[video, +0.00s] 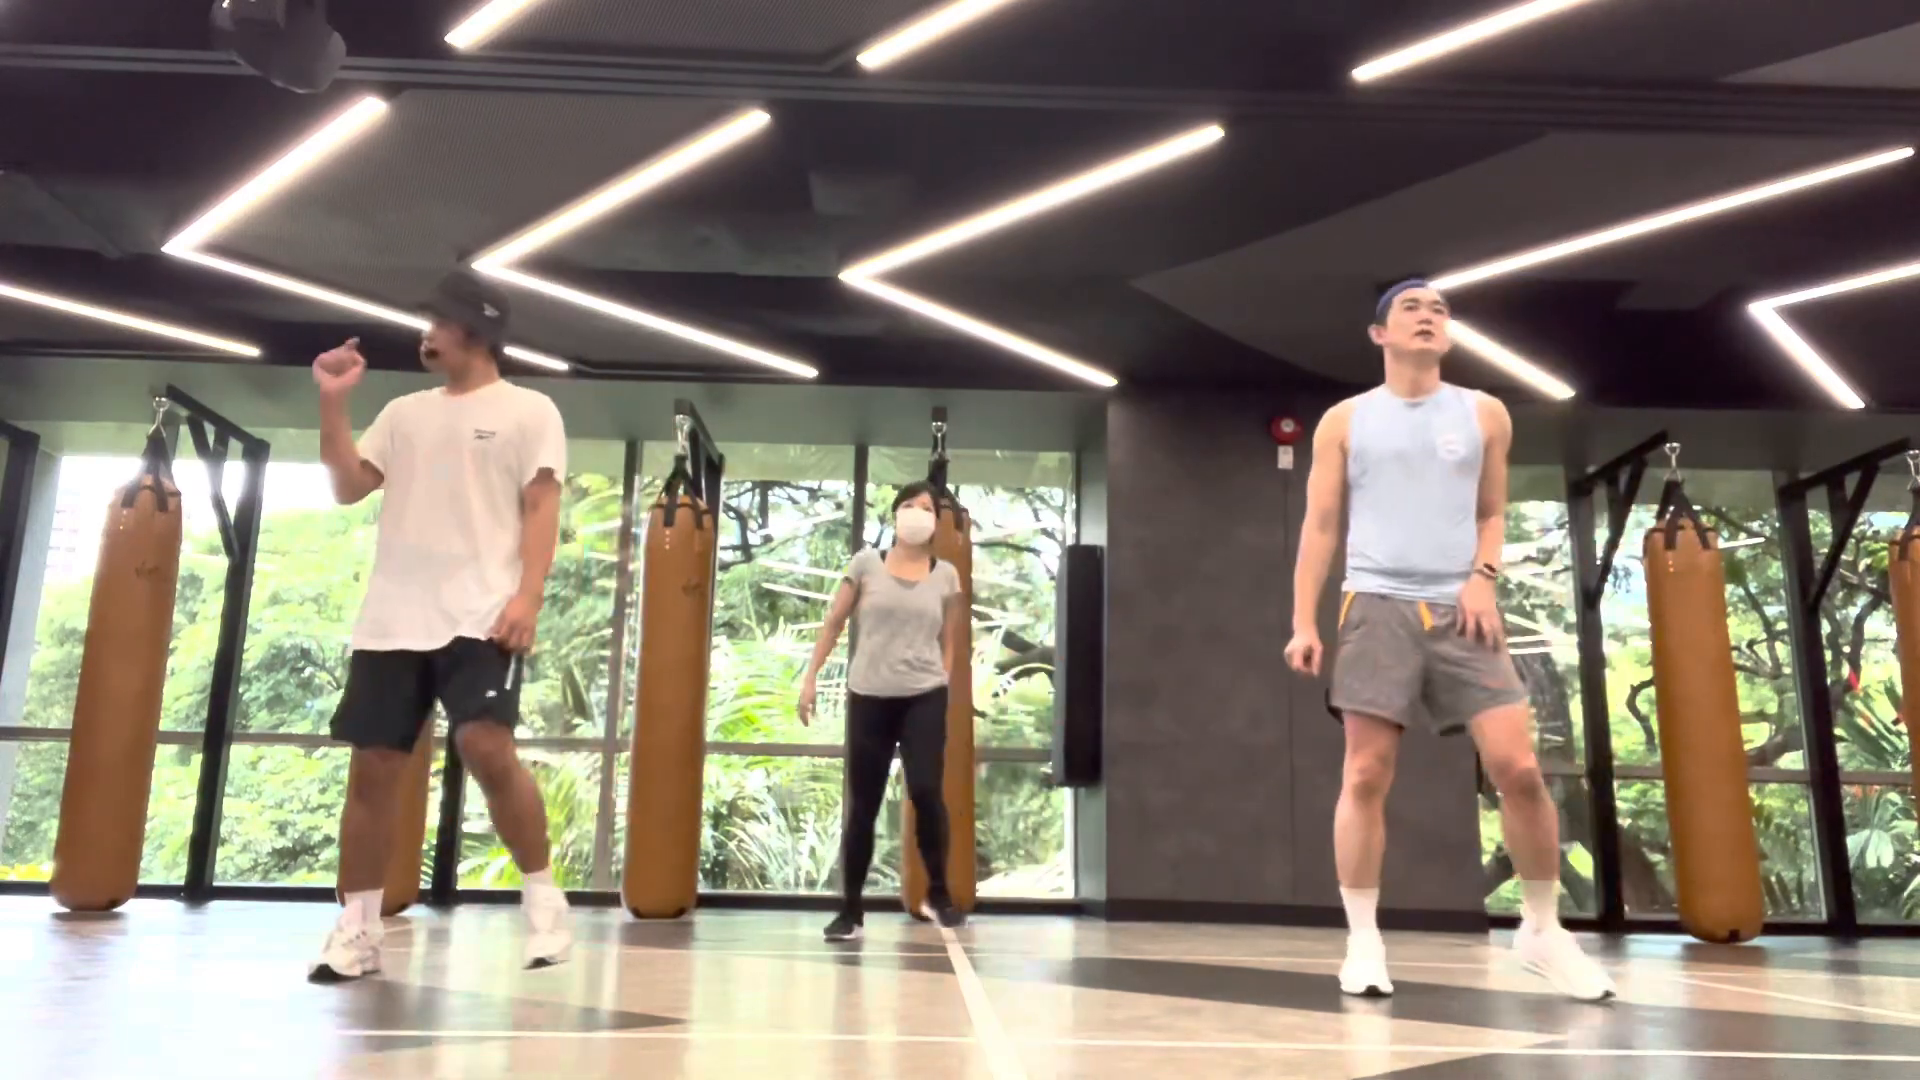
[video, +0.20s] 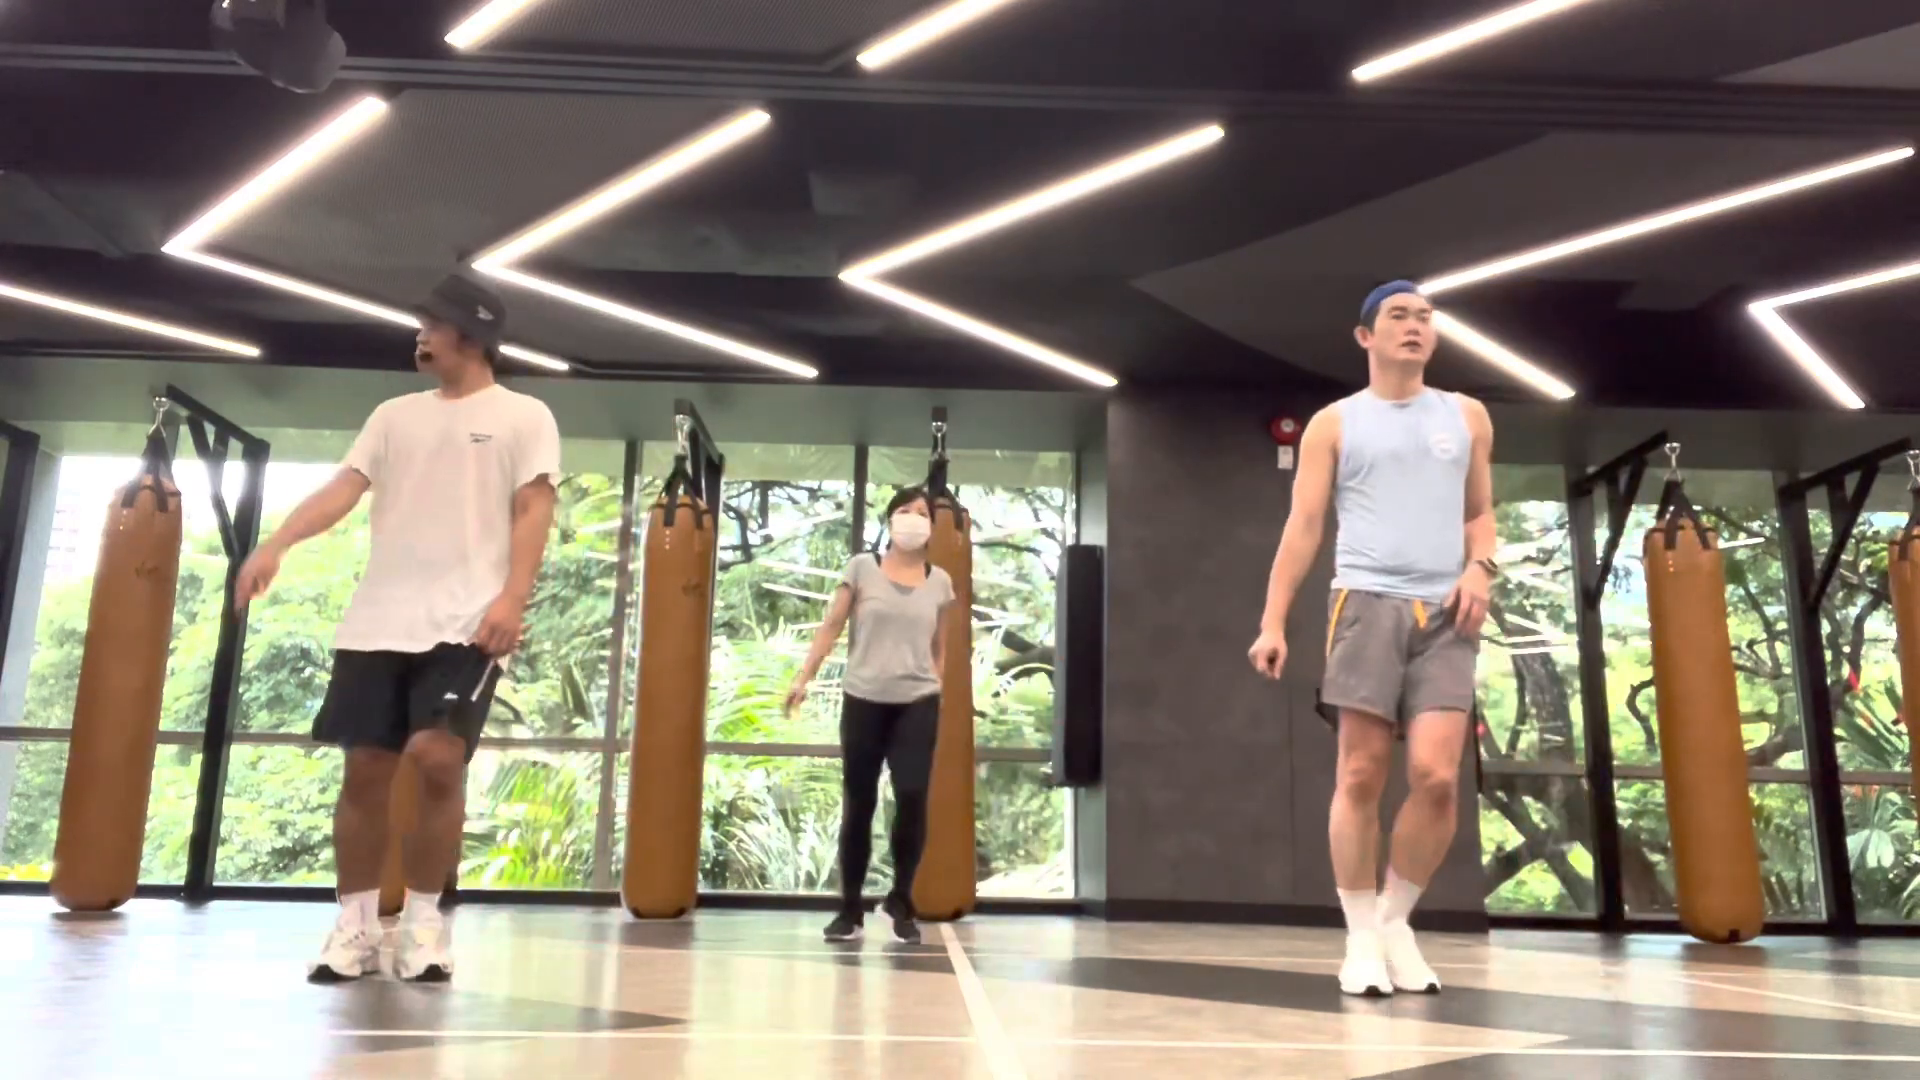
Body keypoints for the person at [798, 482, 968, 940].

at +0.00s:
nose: (917, 514)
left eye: (926, 509)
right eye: (909, 507)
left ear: (938, 523)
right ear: (894, 519)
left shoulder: (946, 576)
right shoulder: (867, 562)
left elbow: (948, 640)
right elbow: (833, 623)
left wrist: (944, 689)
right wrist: (810, 677)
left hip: (926, 695)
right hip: (869, 695)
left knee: (926, 792)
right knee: (861, 807)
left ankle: (938, 894)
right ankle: (851, 911)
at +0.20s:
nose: (916, 520)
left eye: (924, 515)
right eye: (906, 513)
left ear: (933, 530)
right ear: (889, 526)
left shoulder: (940, 582)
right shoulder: (862, 567)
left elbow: (938, 645)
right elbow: (830, 627)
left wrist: (936, 690)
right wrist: (803, 680)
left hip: (917, 701)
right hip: (863, 699)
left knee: (912, 797)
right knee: (858, 805)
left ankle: (901, 899)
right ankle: (850, 910)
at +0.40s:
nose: (927, 517)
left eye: (937, 512)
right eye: (919, 509)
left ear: (947, 527)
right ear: (902, 521)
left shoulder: (952, 579)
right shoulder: (874, 560)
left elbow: (953, 646)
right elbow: (842, 617)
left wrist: (959, 700)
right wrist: (832, 673)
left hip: (932, 698)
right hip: (875, 697)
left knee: (972, 787)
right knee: (865, 805)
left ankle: (978, 888)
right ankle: (850, 909)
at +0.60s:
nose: (963, 525)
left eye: (970, 520)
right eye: (953, 519)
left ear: (979, 535)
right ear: (933, 533)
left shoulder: (989, 591)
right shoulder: (913, 574)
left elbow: (988, 650)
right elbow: (884, 636)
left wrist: (992, 700)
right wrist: (868, 695)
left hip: (971, 711)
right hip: (913, 708)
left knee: (1004, 808)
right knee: (887, 810)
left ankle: (1040, 908)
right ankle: (851, 909)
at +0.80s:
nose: (1001, 518)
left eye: (1008, 512)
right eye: (992, 512)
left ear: (1019, 526)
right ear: (976, 526)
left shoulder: (1033, 580)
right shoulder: (957, 567)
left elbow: (1041, 647)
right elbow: (932, 633)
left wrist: (1049, 698)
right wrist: (918, 691)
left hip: (1014, 708)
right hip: (958, 703)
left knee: (1029, 811)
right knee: (924, 803)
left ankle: (1040, 913)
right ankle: (881, 896)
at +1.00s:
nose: (1014, 519)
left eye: (1022, 513)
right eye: (1004, 513)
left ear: (1033, 528)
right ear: (990, 526)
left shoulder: (1048, 580)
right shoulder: (969, 570)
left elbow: (1068, 645)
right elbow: (948, 635)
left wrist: (1087, 700)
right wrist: (942, 694)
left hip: (1030, 702)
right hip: (975, 700)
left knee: (1035, 809)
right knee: (978, 804)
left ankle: (1040, 912)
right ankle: (972, 900)